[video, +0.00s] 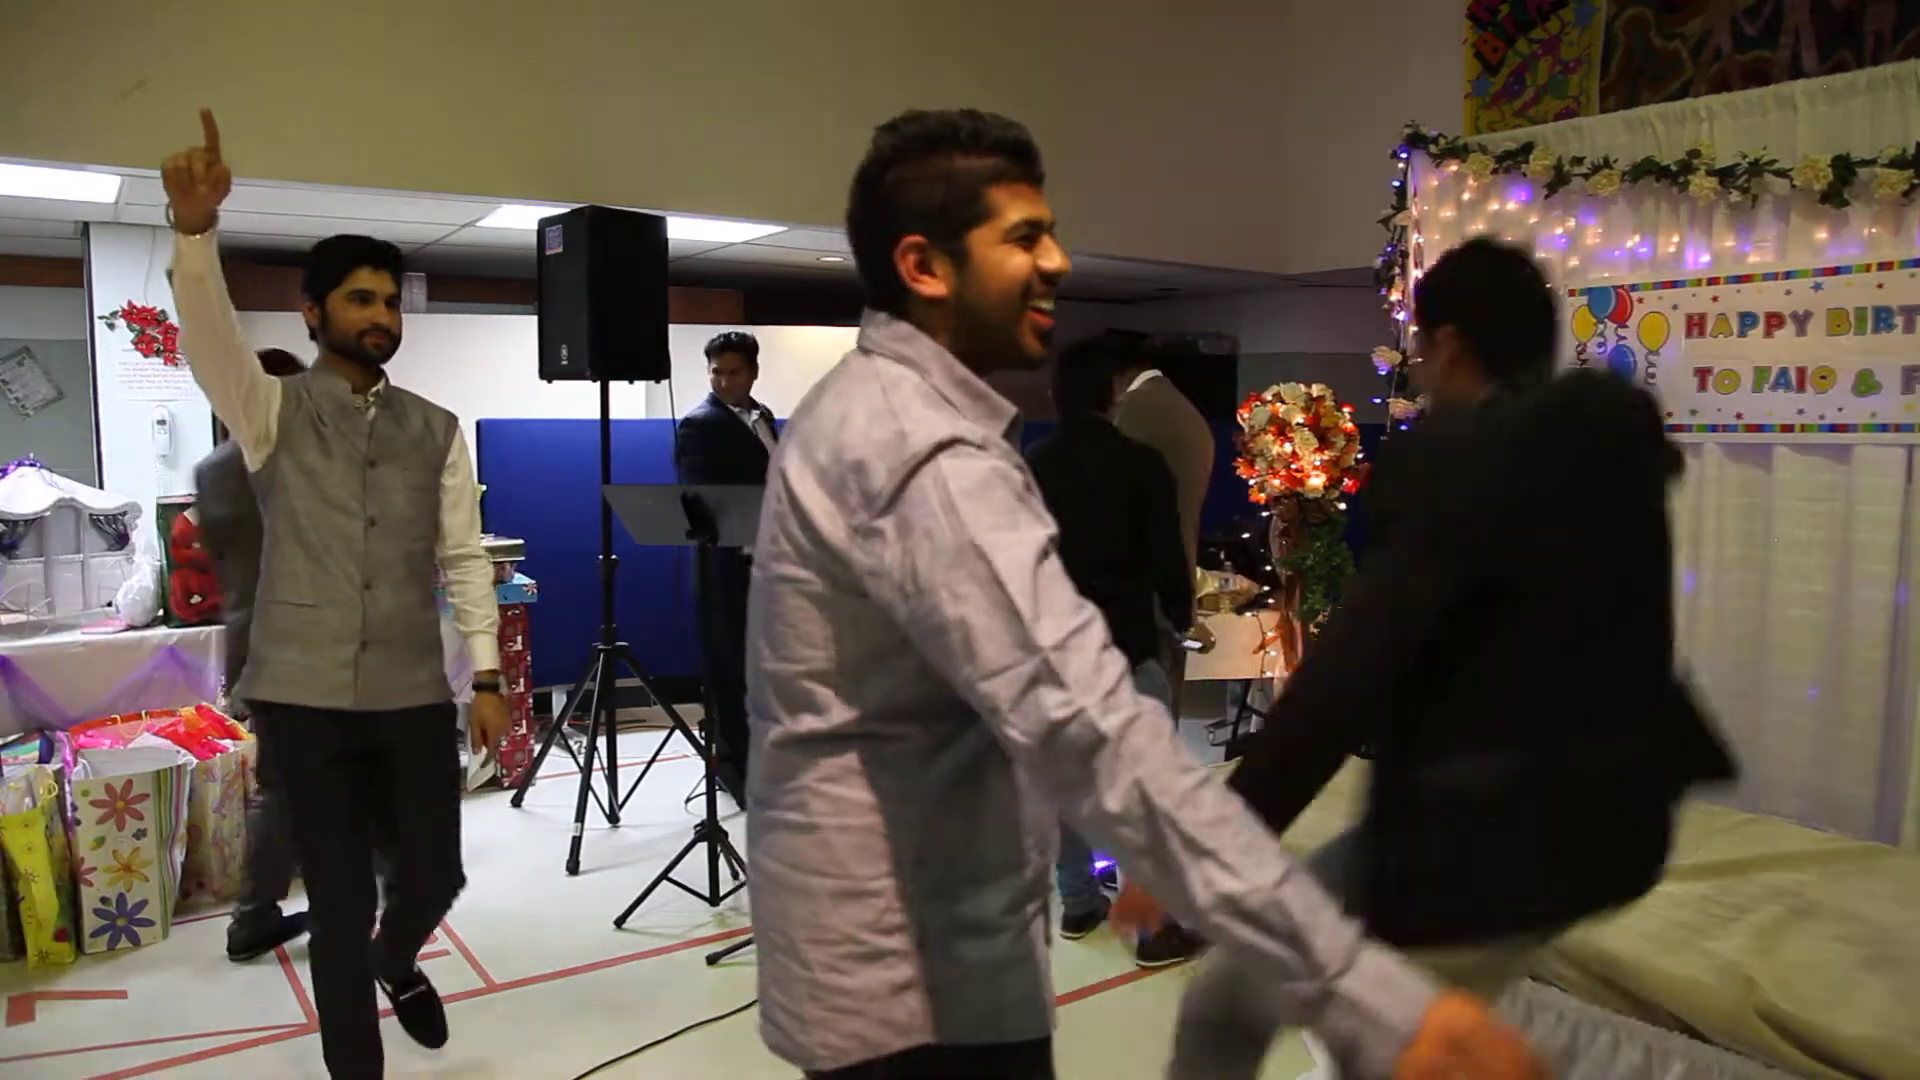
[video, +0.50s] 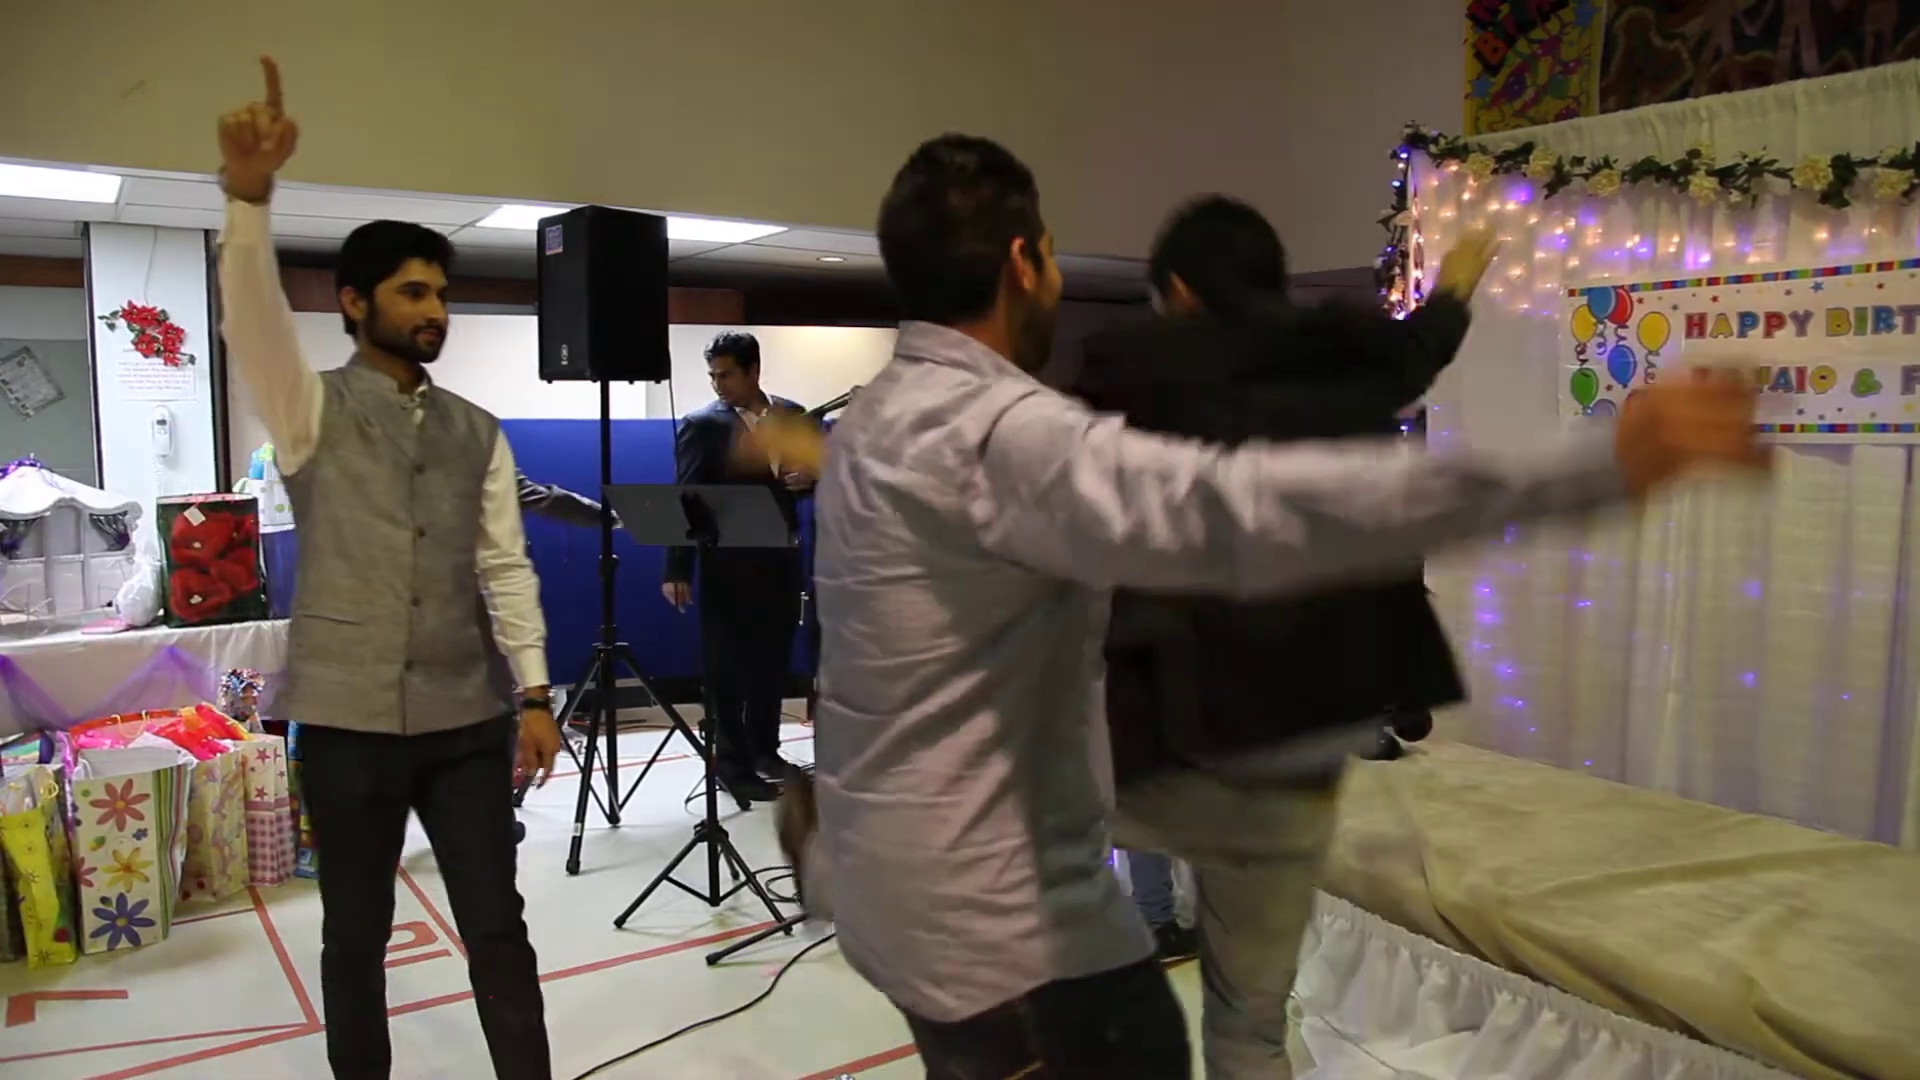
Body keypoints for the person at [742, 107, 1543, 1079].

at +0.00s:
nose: (1058, 263)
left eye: (1052, 237)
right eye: (1026, 238)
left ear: (927, 275)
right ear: (923, 267)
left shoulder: (873, 403)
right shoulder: (921, 437)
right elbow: (1084, 717)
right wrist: (1374, 1004)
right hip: (910, 937)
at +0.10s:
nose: (1070, 276)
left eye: (1061, 248)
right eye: (1046, 249)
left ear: (958, 271)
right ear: (958, 271)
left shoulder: (864, 422)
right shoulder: (933, 455)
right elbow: (1122, 715)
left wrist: (1196, 680)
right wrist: (1445, 936)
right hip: (919, 954)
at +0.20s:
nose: (1070, 270)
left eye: (1060, 240)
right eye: (1055, 241)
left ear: (966, 259)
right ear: (990, 258)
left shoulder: (890, 399)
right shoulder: (950, 427)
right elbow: (1154, 653)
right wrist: (1508, 834)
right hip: (944, 947)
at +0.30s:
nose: (1070, 265)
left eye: (1063, 238)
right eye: (1058, 238)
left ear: (927, 256)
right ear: (1008, 249)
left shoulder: (895, 381)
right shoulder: (964, 407)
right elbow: (1190, 585)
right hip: (962, 913)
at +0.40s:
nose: (1065, 270)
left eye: (1059, 243)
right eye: (1055, 243)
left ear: (913, 267)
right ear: (1017, 255)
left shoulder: (885, 402)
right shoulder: (967, 420)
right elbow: (1205, 560)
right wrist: (1581, 601)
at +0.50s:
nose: (1064, 280)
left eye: (1064, 256)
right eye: (1054, 254)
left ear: (909, 282)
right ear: (1017, 265)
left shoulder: (889, 412)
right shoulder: (978, 424)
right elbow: (1227, 513)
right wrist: (1607, 468)